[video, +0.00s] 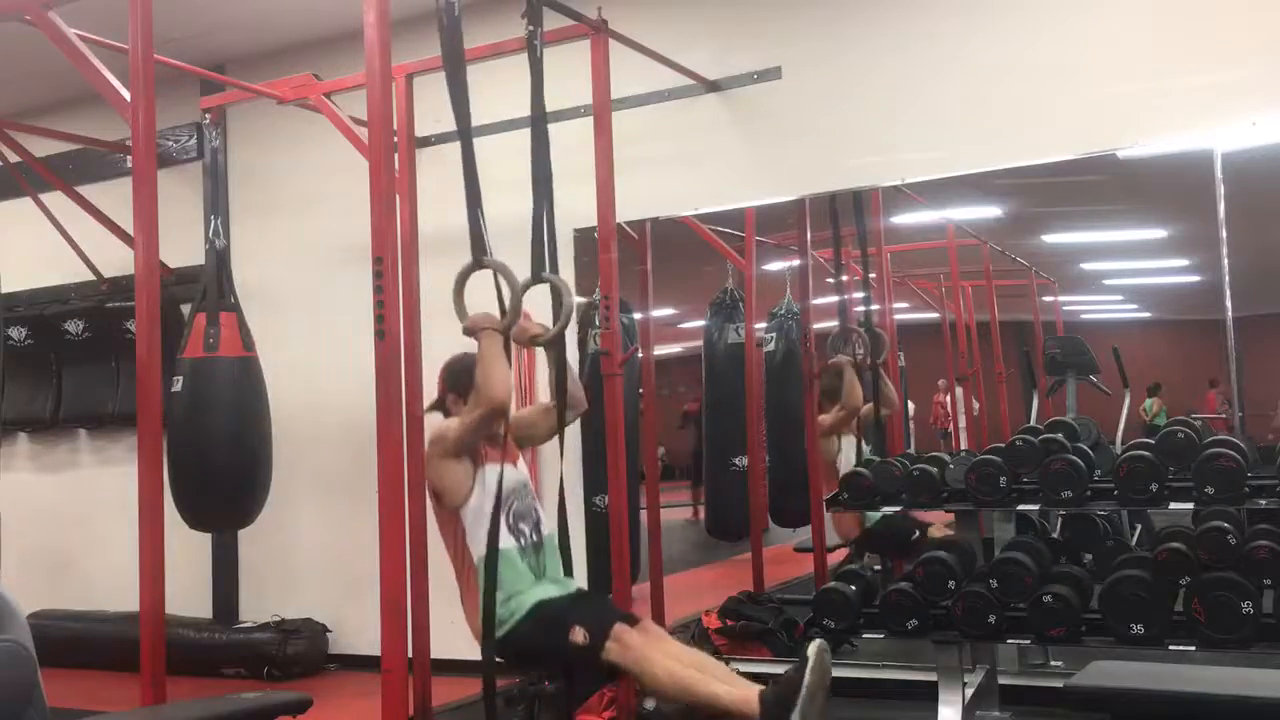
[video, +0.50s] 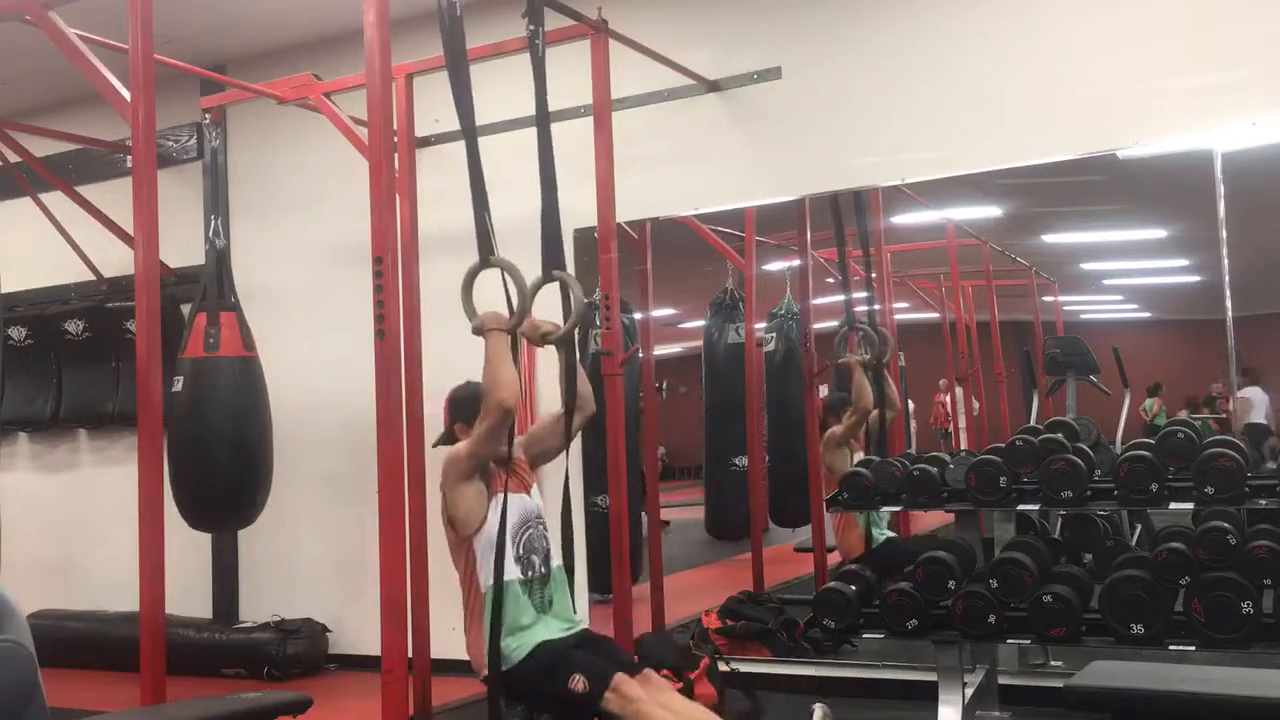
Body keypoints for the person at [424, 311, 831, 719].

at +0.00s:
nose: (496, 399)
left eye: (494, 391)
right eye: (478, 394)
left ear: (477, 396)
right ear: (454, 399)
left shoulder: (505, 436)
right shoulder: (443, 445)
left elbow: (570, 402)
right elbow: (492, 402)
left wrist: (546, 344)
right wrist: (488, 334)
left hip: (556, 592)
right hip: (513, 611)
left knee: (648, 632)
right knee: (624, 640)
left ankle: (769, 698)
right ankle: (761, 706)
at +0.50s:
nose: (503, 433)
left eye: (504, 421)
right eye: (492, 421)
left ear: (508, 419)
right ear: (462, 430)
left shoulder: (520, 459)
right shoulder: (460, 468)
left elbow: (582, 408)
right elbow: (504, 402)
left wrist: (558, 340)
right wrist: (498, 331)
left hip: (560, 626)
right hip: (510, 646)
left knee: (651, 682)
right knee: (622, 692)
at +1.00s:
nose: (464, 344)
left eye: (466, 336)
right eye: (454, 334)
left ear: (465, 339)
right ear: (423, 336)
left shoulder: (477, 380)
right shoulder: (411, 376)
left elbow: (549, 408)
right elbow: (442, 399)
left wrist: (535, 350)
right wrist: (457, 333)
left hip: (520, 518)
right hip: (476, 535)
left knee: (618, 558)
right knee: (594, 566)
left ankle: (731, 624)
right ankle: (729, 634)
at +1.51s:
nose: (535, 246)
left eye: (537, 235)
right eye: (526, 234)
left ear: (520, 237)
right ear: (488, 232)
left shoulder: (515, 291)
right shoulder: (443, 272)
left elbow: (518, 337)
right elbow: (349, 285)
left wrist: (522, 336)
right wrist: (402, 317)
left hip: (481, 411)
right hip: (432, 412)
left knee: (577, 434)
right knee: (555, 442)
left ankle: (681, 511)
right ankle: (675, 515)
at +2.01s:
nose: (623, 246)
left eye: (624, 235)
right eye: (612, 234)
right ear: (574, 234)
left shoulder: (586, 288)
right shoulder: (522, 267)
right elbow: (440, 229)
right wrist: (435, 304)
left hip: (504, 394)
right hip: (455, 391)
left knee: (546, 506)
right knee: (512, 509)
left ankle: (540, 652)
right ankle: (521, 662)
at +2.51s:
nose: (601, 102)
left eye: (603, 91)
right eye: (589, 90)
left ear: (595, 101)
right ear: (552, 97)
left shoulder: (580, 167)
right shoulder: (519, 159)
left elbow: (549, 248)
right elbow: (445, 224)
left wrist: (559, 312)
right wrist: (435, 302)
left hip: (522, 325)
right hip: (478, 321)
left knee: (519, 446)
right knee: (492, 442)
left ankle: (487, 578)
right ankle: (465, 579)